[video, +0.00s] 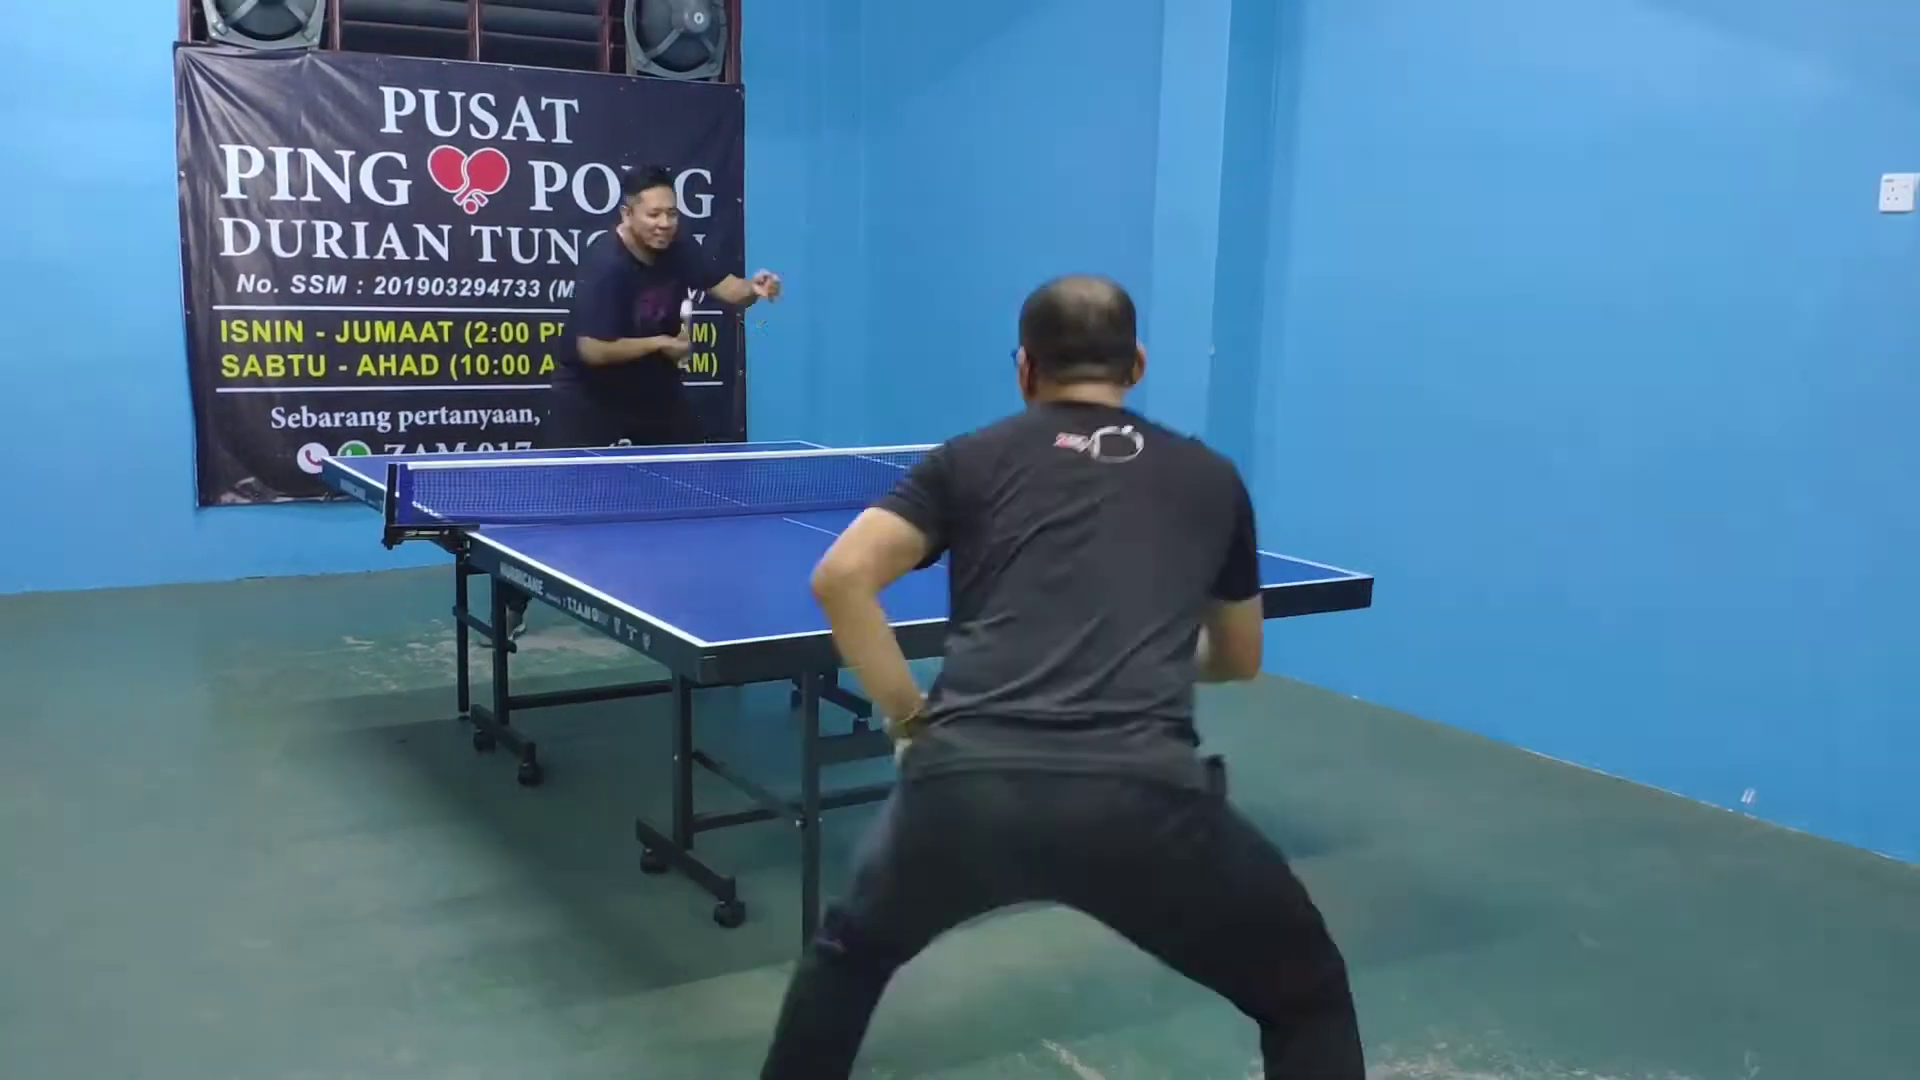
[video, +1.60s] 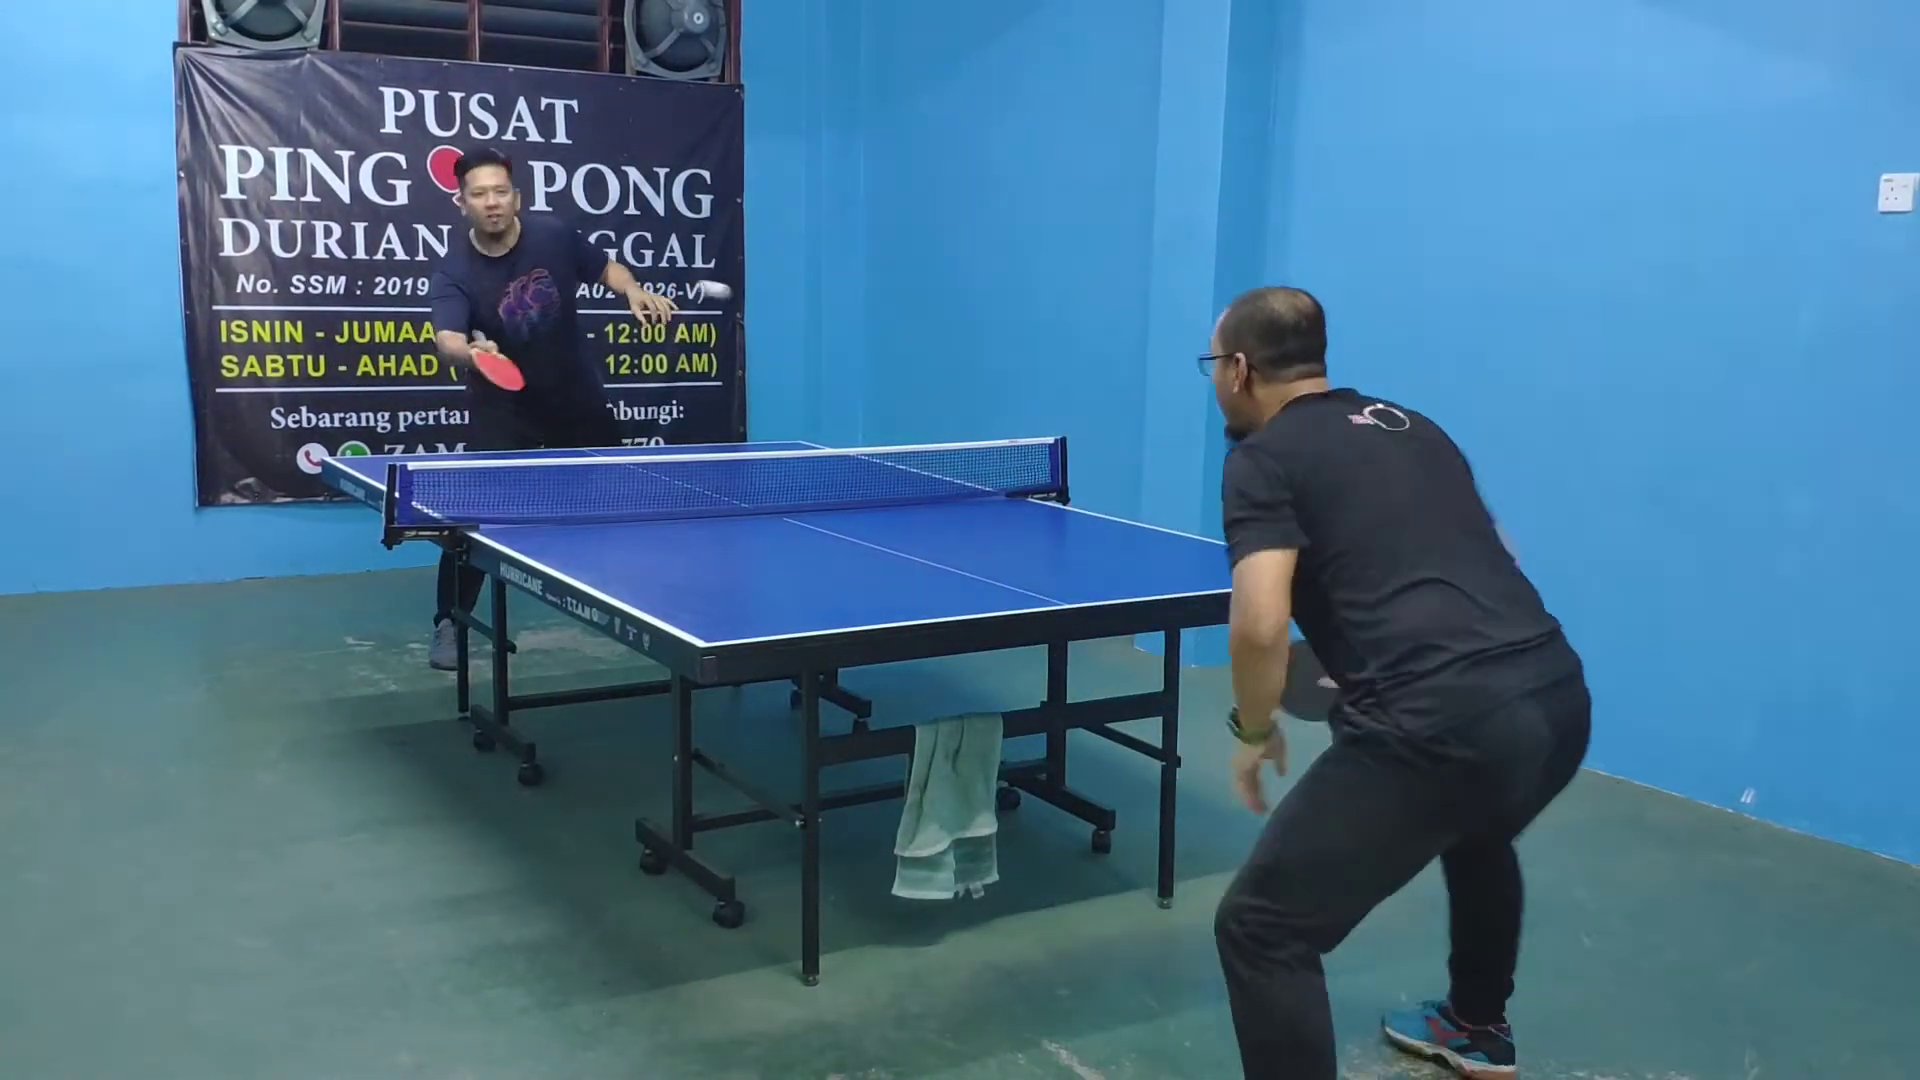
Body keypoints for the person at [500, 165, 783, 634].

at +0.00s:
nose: (663, 223)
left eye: (670, 213)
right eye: (652, 214)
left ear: (678, 213)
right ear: (626, 215)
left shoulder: (678, 246)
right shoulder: (605, 262)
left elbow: (722, 287)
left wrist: (752, 289)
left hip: (655, 392)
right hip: (591, 396)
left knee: (696, 480)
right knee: (558, 493)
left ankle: (700, 591)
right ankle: (510, 601)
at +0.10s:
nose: (656, 219)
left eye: (664, 209)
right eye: (645, 209)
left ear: (672, 210)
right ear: (621, 209)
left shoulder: (673, 247)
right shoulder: (592, 257)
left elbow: (712, 289)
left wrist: (749, 297)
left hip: (651, 397)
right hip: (583, 398)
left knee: (699, 478)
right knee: (554, 494)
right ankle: (511, 600)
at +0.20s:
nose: (647, 208)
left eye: (654, 198)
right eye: (636, 198)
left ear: (662, 202)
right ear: (610, 198)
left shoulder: (666, 248)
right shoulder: (574, 247)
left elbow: (705, 289)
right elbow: (517, 293)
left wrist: (738, 297)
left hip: (643, 394)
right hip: (571, 397)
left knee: (692, 480)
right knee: (547, 496)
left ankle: (695, 591)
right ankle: (511, 602)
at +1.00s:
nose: (585, 204)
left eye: (595, 194)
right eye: (576, 195)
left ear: (618, 196)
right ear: (567, 200)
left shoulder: (655, 244)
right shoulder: (549, 254)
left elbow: (711, 297)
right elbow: (517, 313)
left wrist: (692, 311)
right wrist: (497, 341)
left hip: (648, 409)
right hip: (574, 411)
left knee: (660, 510)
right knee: (540, 505)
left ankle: (664, 609)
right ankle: (502, 605)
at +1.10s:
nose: (553, 208)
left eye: (563, 197)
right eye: (546, 199)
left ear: (593, 197)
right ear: (539, 201)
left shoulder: (637, 243)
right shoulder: (530, 259)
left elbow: (694, 289)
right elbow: (485, 314)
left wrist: (694, 315)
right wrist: (432, 329)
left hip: (633, 408)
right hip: (555, 410)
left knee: (658, 510)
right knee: (511, 500)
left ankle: (665, 618)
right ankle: (471, 616)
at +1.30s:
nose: (486, 221)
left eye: (497, 210)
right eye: (479, 210)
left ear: (527, 208)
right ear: (473, 210)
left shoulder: (580, 250)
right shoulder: (470, 275)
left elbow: (637, 282)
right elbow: (424, 334)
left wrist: (668, 318)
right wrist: (394, 356)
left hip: (596, 411)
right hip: (518, 418)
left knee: (658, 502)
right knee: (484, 513)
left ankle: (687, 618)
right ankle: (452, 622)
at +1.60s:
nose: (493, 202)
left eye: (501, 192)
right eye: (480, 194)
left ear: (517, 197)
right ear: (463, 204)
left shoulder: (553, 234)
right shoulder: (455, 269)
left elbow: (602, 267)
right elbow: (445, 338)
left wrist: (636, 291)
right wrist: (468, 350)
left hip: (574, 398)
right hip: (501, 408)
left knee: (628, 493)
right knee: (478, 508)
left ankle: (667, 610)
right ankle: (451, 621)